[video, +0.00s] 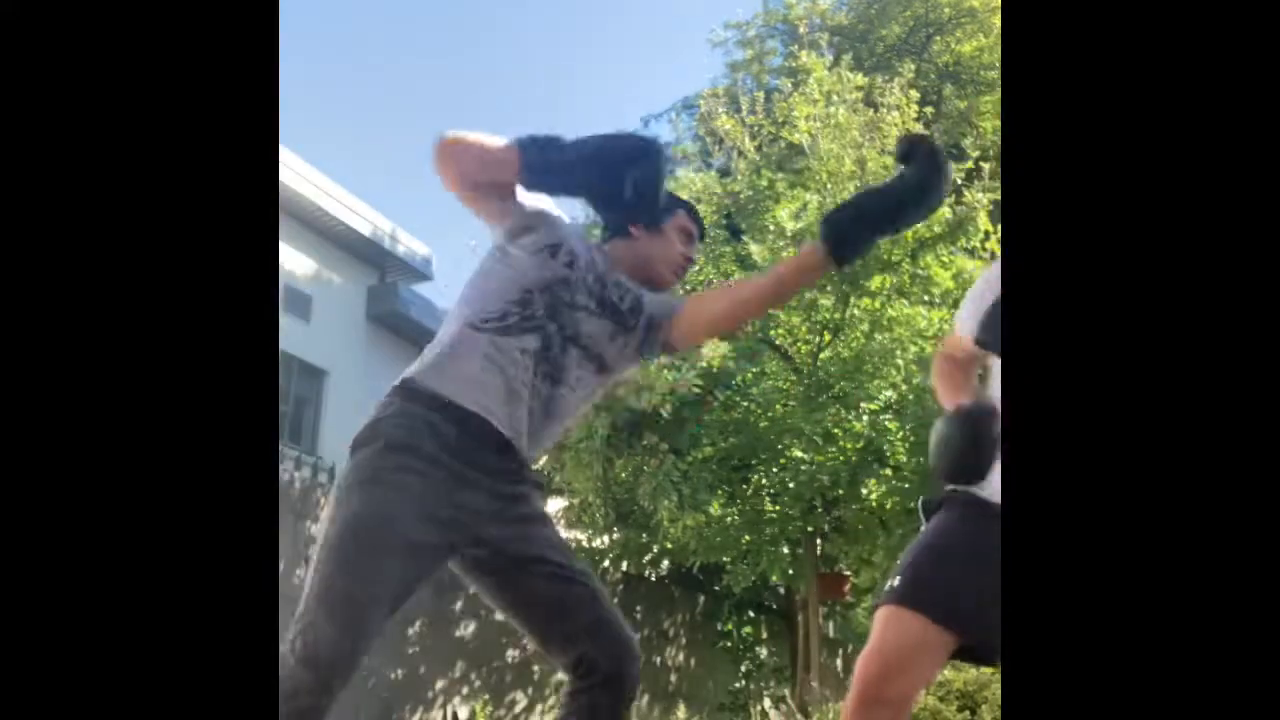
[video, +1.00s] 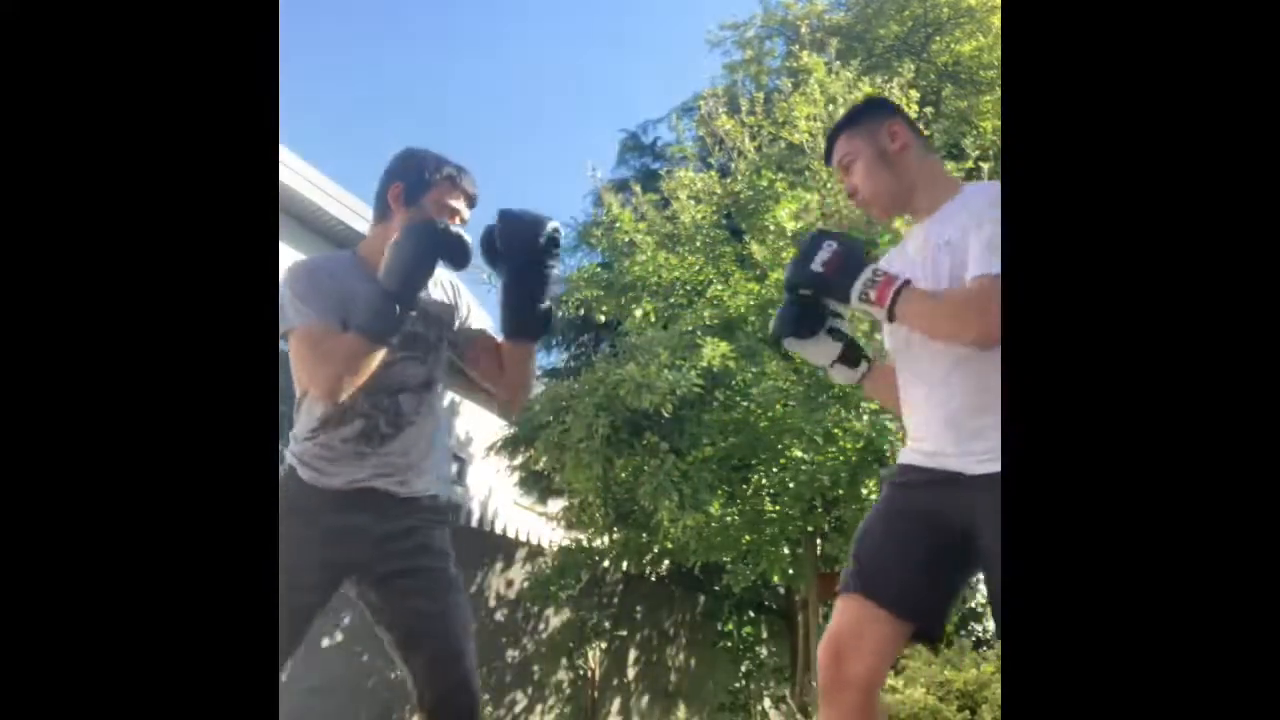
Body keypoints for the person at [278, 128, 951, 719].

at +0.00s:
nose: (694, 255)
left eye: (697, 248)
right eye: (685, 235)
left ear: (673, 263)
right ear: (635, 222)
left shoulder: (649, 321)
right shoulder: (545, 235)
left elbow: (761, 289)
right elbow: (454, 155)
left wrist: (863, 223)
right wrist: (566, 163)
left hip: (503, 488)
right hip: (418, 446)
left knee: (607, 661)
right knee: (315, 667)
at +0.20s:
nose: (679, 254)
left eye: (684, 246)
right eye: (669, 236)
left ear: (673, 260)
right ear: (617, 229)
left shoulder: (655, 346)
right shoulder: (533, 292)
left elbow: (769, 394)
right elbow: (441, 351)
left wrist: (826, 289)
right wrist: (554, 292)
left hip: (568, 551)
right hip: (460, 529)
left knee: (691, 703)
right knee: (326, 696)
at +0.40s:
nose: (590, 224)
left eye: (595, 215)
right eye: (578, 205)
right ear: (528, 198)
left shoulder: (573, 325)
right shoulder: (438, 270)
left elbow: (567, 452)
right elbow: (405, 364)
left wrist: (636, 409)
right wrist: (502, 289)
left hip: (510, 531)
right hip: (404, 515)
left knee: (602, 698)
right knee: (306, 698)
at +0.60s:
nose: (496, 227)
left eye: (502, 218)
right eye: (485, 209)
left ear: (500, 230)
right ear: (436, 199)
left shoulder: (480, 311)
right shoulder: (351, 274)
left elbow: (490, 432)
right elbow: (335, 370)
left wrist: (551, 375)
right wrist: (423, 290)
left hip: (437, 527)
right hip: (333, 515)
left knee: (517, 682)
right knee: (282, 686)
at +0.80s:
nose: (468, 223)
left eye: (473, 212)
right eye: (457, 204)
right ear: (406, 194)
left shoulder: (458, 297)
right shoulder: (322, 276)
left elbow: (492, 413)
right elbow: (330, 374)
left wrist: (543, 346)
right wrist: (410, 287)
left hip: (430, 519)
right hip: (326, 511)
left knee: (485, 691)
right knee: (278, 679)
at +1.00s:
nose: (459, 225)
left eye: (465, 215)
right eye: (451, 205)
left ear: (460, 230)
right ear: (397, 195)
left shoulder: (445, 303)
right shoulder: (313, 276)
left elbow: (511, 392)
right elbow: (326, 383)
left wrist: (524, 281)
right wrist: (396, 290)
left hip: (412, 519)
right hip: (311, 507)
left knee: (456, 701)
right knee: (277, 663)